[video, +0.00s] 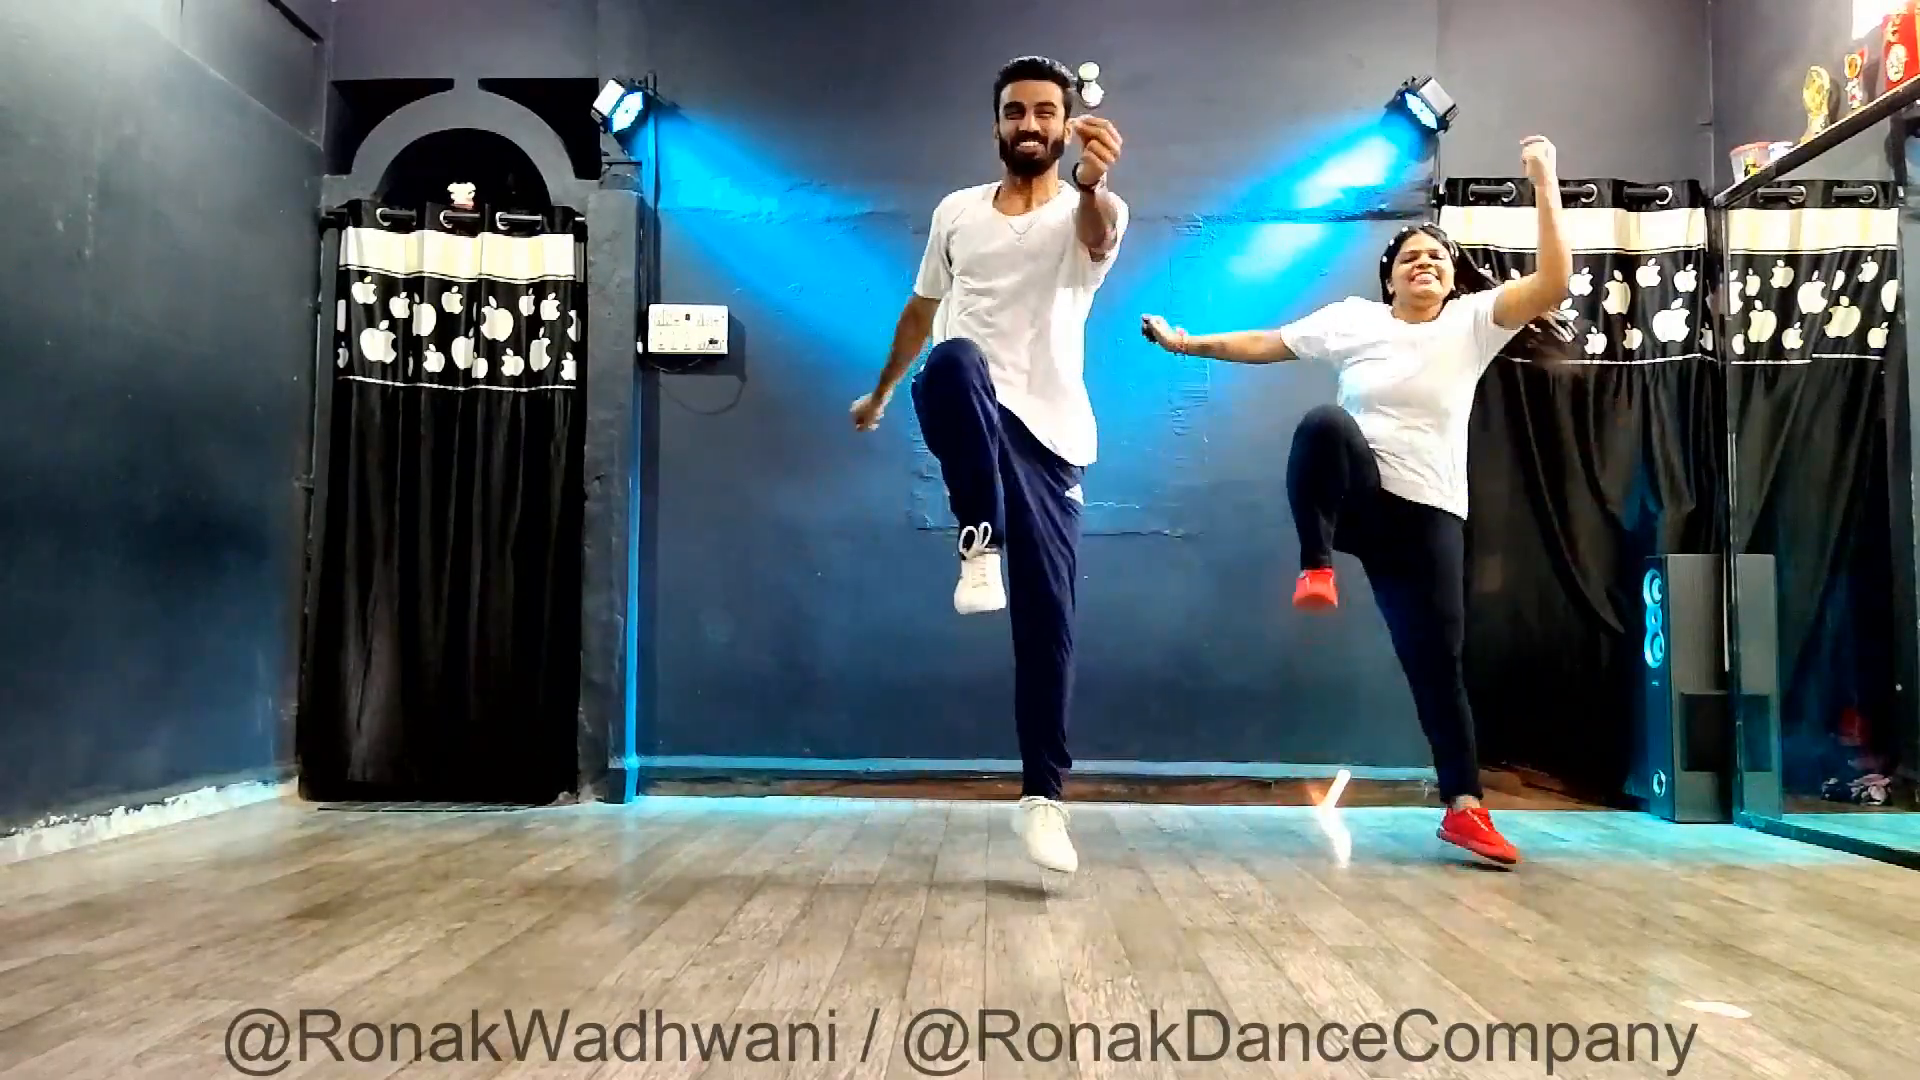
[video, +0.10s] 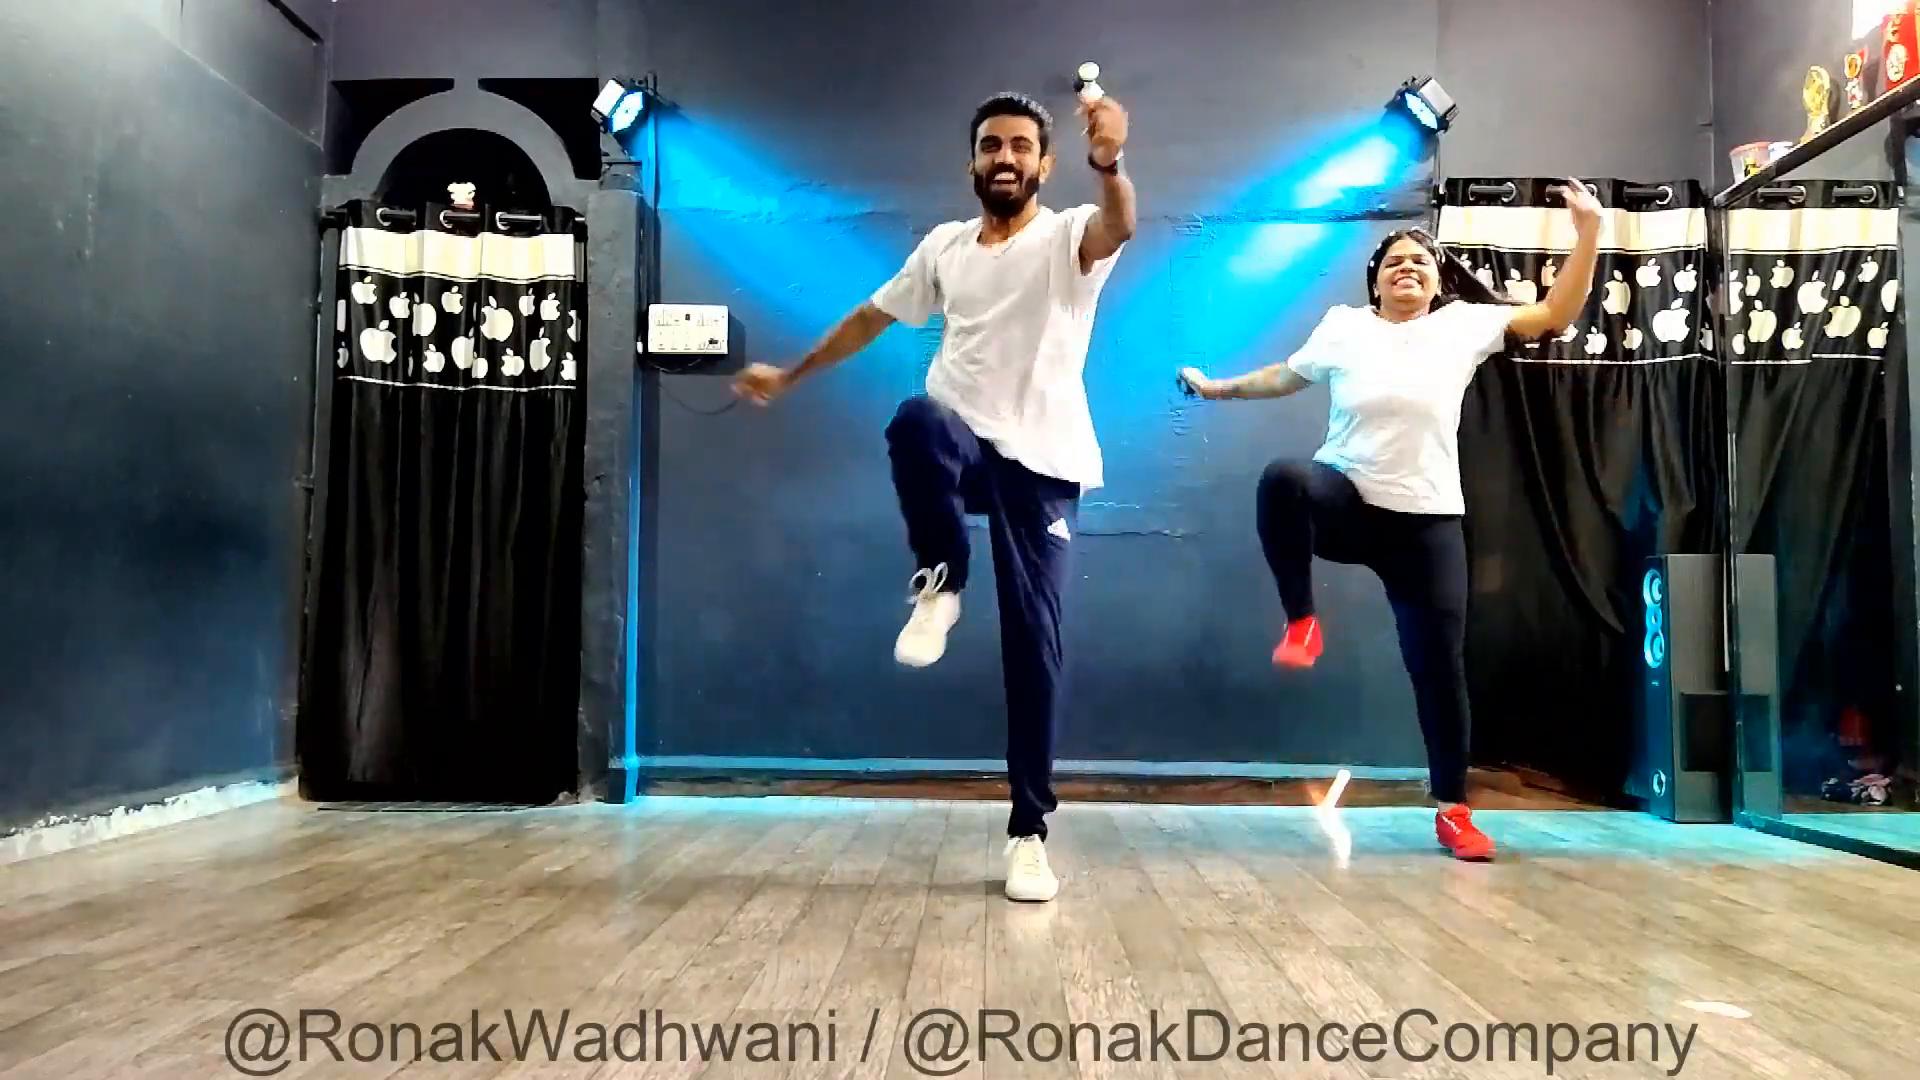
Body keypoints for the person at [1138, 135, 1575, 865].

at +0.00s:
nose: (1424, 265)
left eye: (1436, 259)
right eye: (1411, 258)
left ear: (1452, 278)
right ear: (1390, 276)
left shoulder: (1473, 321)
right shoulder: (1355, 322)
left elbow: (1552, 283)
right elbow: (1271, 344)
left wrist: (1545, 190)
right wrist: (1189, 342)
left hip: (1430, 516)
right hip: (1359, 499)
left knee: (1439, 662)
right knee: (1324, 423)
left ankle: (1463, 806)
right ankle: (1316, 567)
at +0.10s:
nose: (1407, 267)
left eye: (1420, 262)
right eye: (1395, 261)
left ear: (1436, 284)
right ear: (1374, 283)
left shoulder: (1465, 326)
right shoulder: (1344, 328)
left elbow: (1553, 314)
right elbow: (1284, 378)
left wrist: (1588, 234)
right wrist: (1215, 388)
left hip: (1428, 520)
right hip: (1348, 502)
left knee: (1442, 668)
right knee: (1282, 478)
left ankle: (1451, 809)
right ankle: (1300, 622)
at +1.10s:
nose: (1439, 362)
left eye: (1438, 353)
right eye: (1430, 351)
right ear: (1396, 351)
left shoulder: (1413, 428)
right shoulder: (1368, 376)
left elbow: (1445, 489)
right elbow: (1451, 386)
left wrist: (1501, 531)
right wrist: (1480, 422)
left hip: (1366, 563)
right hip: (1316, 550)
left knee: (1422, 668)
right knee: (1404, 633)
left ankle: (1390, 800)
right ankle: (1305, 714)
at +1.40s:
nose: (1437, 376)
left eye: (1436, 367)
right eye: (1423, 369)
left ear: (1389, 385)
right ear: (1393, 378)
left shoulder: (1371, 430)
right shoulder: (1411, 417)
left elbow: (1423, 519)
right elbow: (1449, 493)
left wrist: (1485, 498)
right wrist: (1476, 455)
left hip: (1331, 583)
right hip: (1376, 572)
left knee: (1432, 690)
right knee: (1476, 684)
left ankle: (1391, 801)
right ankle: (1426, 813)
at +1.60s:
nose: (1381, 291)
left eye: (1391, 286)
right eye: (1368, 286)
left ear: (1404, 304)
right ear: (1348, 301)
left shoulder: (1416, 366)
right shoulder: (1341, 328)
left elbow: (1427, 444)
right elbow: (1330, 358)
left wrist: (1496, 424)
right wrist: (1414, 363)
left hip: (1401, 513)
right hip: (1346, 503)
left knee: (1422, 641)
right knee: (1407, 635)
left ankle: (1401, 782)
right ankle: (1386, 785)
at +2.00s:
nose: (1388, 351)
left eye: (1398, 348)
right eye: (1376, 345)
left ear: (1410, 372)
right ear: (1354, 365)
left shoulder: (1417, 430)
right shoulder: (1315, 397)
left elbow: (1519, 420)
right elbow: (1226, 406)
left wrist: (1454, 419)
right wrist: (1154, 403)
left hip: (1359, 571)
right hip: (1286, 567)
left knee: (1470, 572)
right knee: (1311, 680)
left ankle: (1462, 708)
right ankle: (1286, 804)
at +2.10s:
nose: (1394, 360)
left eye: (1404, 355)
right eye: (1381, 352)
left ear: (1412, 374)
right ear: (1356, 366)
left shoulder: (1427, 439)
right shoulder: (1316, 407)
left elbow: (1463, 526)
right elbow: (1233, 436)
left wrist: (1412, 474)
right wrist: (1163, 448)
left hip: (1371, 582)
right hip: (1295, 567)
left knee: (1455, 680)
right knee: (1307, 678)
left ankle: (1443, 804)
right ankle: (1286, 803)